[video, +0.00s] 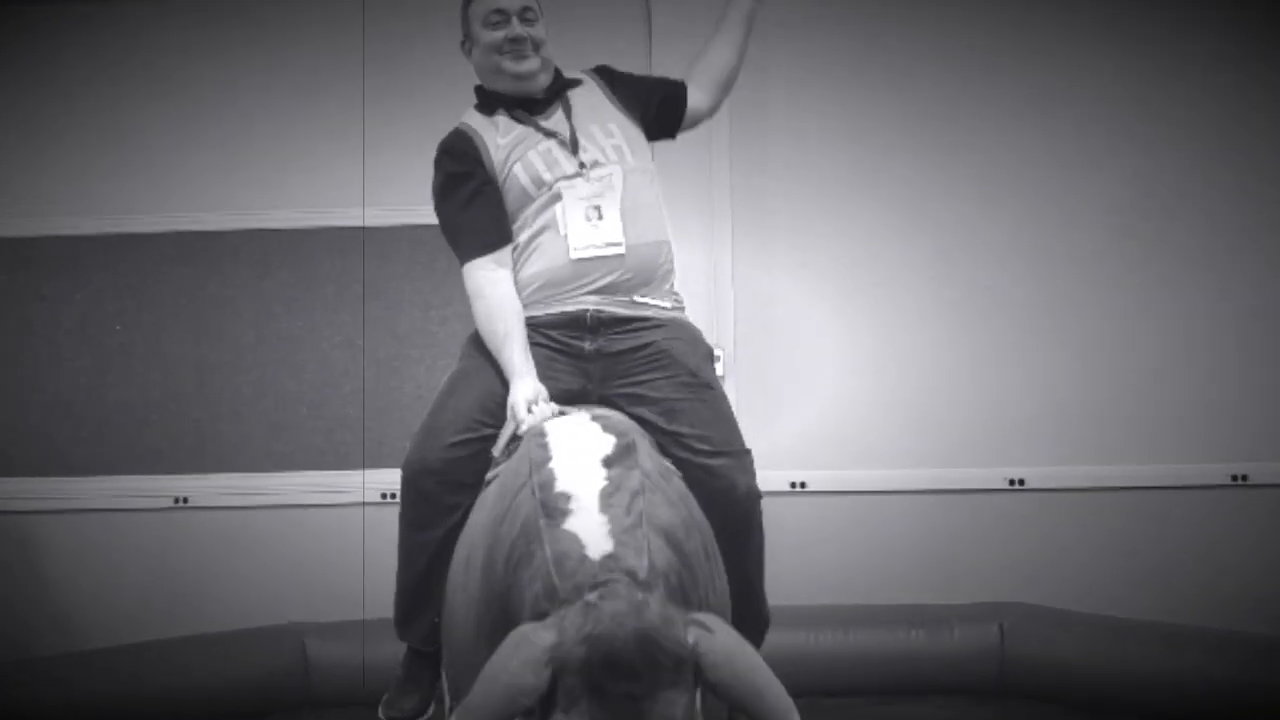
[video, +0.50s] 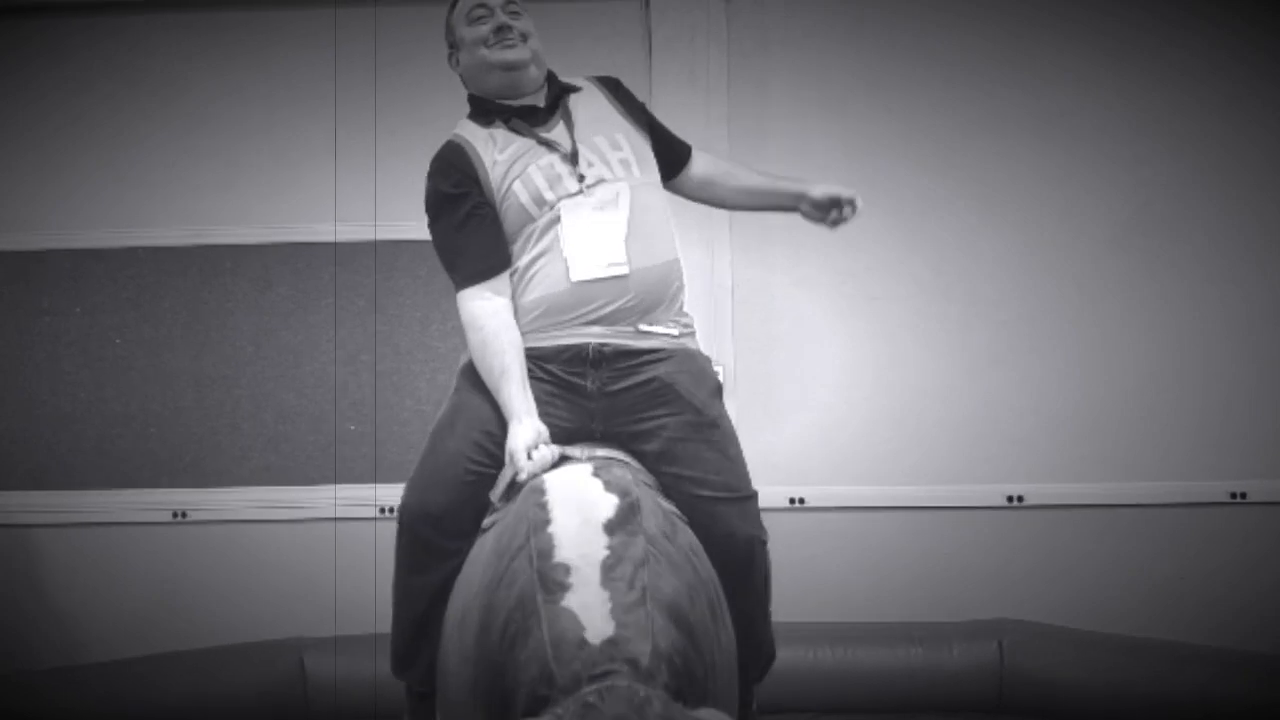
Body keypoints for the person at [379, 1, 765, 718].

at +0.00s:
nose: (517, 30)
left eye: (528, 16)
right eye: (496, 20)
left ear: (546, 28)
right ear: (466, 44)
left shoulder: (612, 91)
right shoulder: (467, 147)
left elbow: (700, 96)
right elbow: (487, 273)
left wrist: (743, 9)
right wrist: (521, 376)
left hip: (650, 331)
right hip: (528, 339)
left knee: (731, 484)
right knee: (431, 470)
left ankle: (741, 662)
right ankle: (421, 663)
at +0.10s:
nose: (511, 26)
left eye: (523, 13)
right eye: (489, 19)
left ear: (544, 28)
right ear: (463, 53)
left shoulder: (608, 96)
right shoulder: (467, 146)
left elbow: (696, 121)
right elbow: (486, 277)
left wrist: (766, 40)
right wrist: (521, 381)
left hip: (649, 334)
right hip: (528, 342)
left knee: (731, 490)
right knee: (431, 474)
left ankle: (737, 666)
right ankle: (422, 672)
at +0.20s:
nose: (510, 20)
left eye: (521, 9)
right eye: (487, 15)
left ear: (544, 30)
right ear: (462, 54)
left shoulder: (605, 95)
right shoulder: (465, 150)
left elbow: (690, 142)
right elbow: (485, 281)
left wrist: (783, 88)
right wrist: (522, 389)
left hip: (652, 338)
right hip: (529, 348)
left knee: (733, 501)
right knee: (432, 482)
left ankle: (732, 675)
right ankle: (426, 680)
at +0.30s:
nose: (512, 21)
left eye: (519, 11)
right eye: (488, 18)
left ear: (540, 31)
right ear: (461, 58)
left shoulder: (604, 96)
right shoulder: (465, 152)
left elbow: (688, 152)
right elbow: (486, 285)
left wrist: (793, 131)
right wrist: (522, 395)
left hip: (655, 343)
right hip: (528, 354)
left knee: (735, 510)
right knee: (433, 491)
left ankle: (733, 684)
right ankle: (428, 687)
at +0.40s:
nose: (507, 20)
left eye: (515, 11)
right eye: (483, 19)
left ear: (537, 34)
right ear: (458, 62)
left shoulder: (605, 98)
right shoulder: (463, 156)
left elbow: (690, 164)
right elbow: (485, 290)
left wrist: (799, 170)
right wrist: (522, 405)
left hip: (657, 352)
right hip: (529, 363)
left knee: (737, 524)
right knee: (432, 500)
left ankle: (739, 689)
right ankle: (426, 690)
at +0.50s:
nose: (503, 20)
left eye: (511, 11)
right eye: (479, 19)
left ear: (535, 32)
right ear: (458, 65)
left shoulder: (606, 99)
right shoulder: (463, 161)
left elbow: (690, 170)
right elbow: (484, 303)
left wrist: (800, 196)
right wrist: (521, 415)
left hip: (659, 362)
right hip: (528, 372)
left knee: (736, 535)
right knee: (429, 513)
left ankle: (739, 695)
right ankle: (424, 695)